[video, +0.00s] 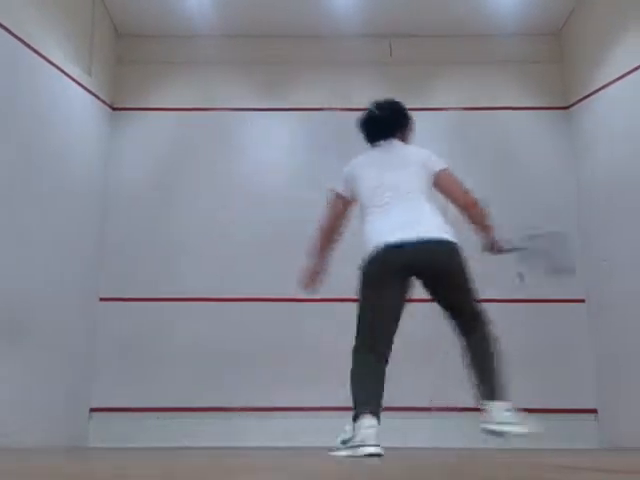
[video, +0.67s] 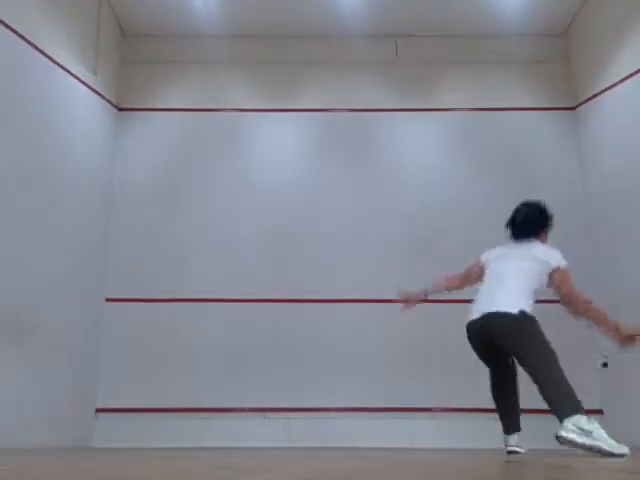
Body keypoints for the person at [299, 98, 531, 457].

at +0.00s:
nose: (412, 132)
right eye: (410, 128)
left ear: (369, 134)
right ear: (404, 130)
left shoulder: (357, 168)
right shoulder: (421, 157)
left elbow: (331, 224)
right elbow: (465, 200)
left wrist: (317, 265)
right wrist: (488, 233)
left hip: (385, 255)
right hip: (437, 249)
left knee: (372, 343)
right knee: (472, 324)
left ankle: (366, 426)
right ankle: (496, 407)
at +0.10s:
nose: (448, 141)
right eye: (446, 136)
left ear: (408, 140)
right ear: (444, 137)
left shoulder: (397, 174)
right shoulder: (460, 163)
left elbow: (378, 224)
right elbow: (507, 198)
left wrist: (374, 259)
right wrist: (552, 225)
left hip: (414, 267)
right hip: (466, 263)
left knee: (391, 347)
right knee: (525, 331)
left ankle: (372, 422)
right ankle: (562, 421)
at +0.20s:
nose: (498, 145)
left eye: (494, 140)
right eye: (495, 140)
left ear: (458, 145)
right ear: (491, 142)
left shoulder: (447, 181)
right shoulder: (500, 169)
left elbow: (419, 221)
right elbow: (558, 204)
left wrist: (400, 254)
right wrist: (614, 221)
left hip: (442, 278)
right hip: (490, 271)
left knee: (433, 364)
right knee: (560, 338)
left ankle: (383, 391)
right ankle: (583, 431)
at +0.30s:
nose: (538, 164)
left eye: (537, 160)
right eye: (537, 159)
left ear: (499, 160)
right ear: (530, 159)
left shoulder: (478, 192)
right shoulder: (531, 183)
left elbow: (443, 233)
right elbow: (590, 219)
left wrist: (407, 260)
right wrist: (638, 224)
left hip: (457, 280)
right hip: (498, 274)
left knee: (471, 372)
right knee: (568, 341)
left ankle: (414, 387)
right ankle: (581, 432)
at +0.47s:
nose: (566, 198)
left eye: (566, 192)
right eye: (565, 192)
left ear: (529, 191)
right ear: (558, 192)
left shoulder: (503, 215)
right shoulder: (557, 213)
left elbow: (465, 248)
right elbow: (598, 248)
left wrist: (424, 266)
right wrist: (638, 254)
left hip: (468, 290)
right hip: (507, 286)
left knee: (491, 347)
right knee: (572, 350)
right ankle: (581, 431)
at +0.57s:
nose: (564, 215)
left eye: (564, 210)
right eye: (563, 210)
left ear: (528, 209)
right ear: (557, 211)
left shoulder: (504, 233)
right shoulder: (558, 233)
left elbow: (468, 256)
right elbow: (590, 271)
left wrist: (429, 267)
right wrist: (628, 284)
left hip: (475, 305)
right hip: (513, 301)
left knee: (496, 362)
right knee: (560, 360)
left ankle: (501, 427)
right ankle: (579, 429)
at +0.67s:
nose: (549, 233)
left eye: (548, 229)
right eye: (548, 229)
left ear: (514, 229)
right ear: (542, 231)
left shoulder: (494, 254)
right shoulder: (547, 255)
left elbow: (458, 281)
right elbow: (574, 301)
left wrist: (422, 293)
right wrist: (615, 329)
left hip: (477, 325)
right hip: (512, 319)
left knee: (501, 371)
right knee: (545, 367)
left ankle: (511, 438)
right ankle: (574, 421)